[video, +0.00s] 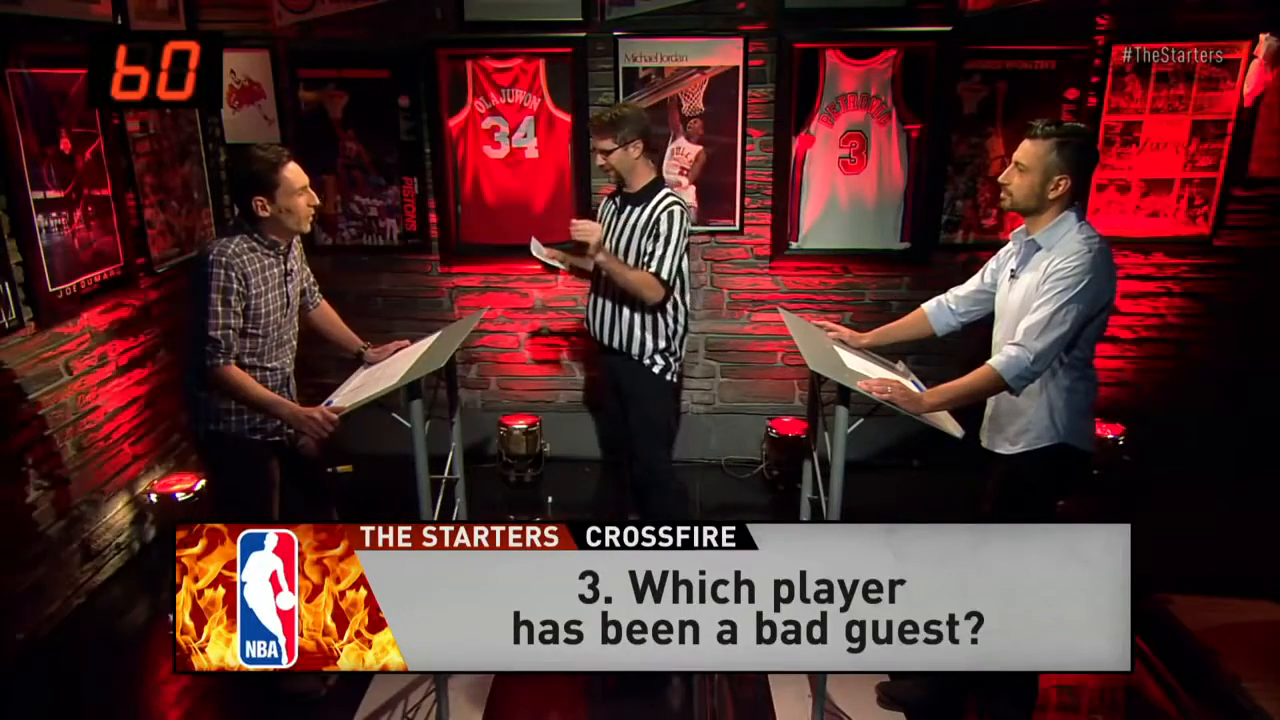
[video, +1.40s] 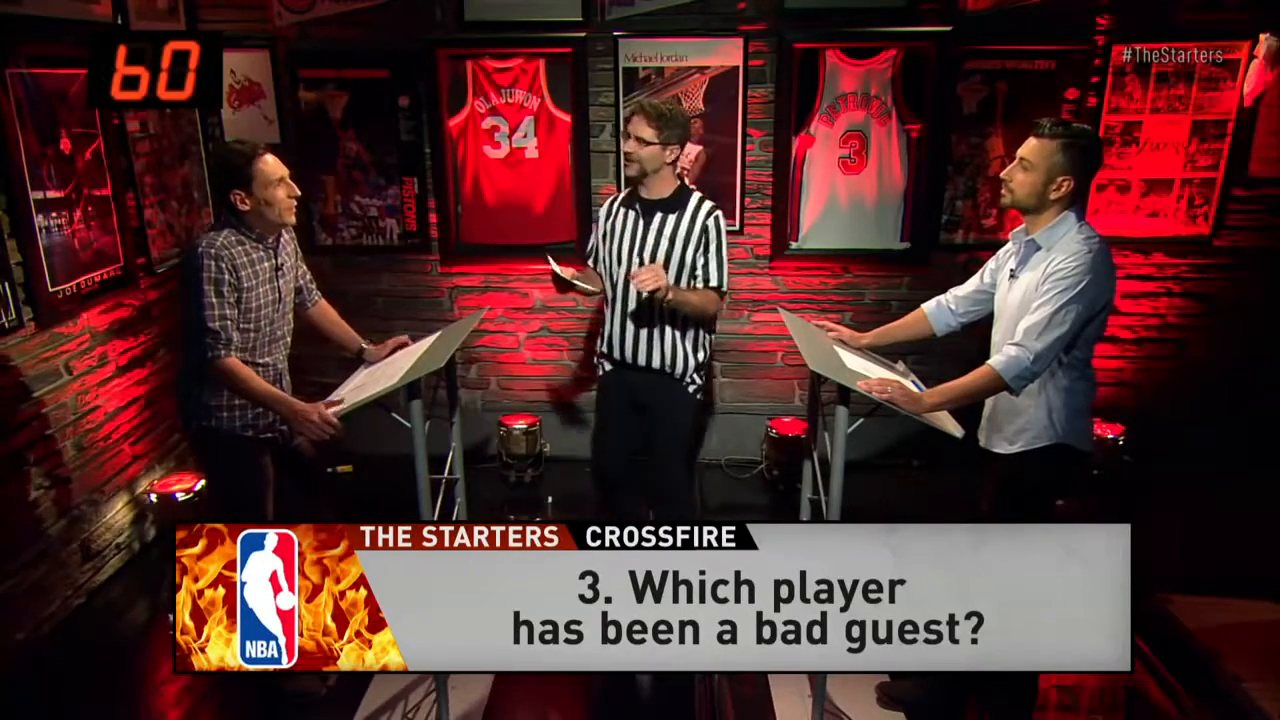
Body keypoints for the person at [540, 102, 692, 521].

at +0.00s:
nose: (599, 162)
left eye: (607, 152)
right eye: (596, 152)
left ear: (637, 148)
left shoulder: (670, 210)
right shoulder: (611, 203)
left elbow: (654, 290)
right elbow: (604, 268)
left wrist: (601, 252)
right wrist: (567, 260)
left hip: (650, 364)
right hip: (609, 355)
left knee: (651, 468)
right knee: (615, 463)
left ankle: (663, 543)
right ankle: (615, 535)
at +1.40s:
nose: (627, 147)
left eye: (640, 140)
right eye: (627, 137)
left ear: (671, 152)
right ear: (624, 138)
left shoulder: (704, 216)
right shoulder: (613, 207)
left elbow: (712, 304)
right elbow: (601, 278)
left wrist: (670, 292)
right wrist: (581, 281)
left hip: (676, 383)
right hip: (618, 375)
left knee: (671, 491)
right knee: (610, 482)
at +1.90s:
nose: (695, 151)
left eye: (695, 142)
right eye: (684, 144)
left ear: (687, 149)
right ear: (648, 153)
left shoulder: (709, 212)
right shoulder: (611, 215)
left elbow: (727, 292)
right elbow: (579, 284)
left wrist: (733, 258)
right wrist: (602, 303)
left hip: (686, 379)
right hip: (626, 380)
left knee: (675, 492)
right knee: (623, 490)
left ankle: (671, 585)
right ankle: (616, 585)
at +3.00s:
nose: (628, 162)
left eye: (638, 154)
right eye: (627, 152)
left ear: (675, 158)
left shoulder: (717, 222)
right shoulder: (616, 211)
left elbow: (732, 303)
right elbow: (599, 275)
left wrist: (679, 321)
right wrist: (600, 300)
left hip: (682, 385)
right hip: (620, 380)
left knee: (675, 493)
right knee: (612, 487)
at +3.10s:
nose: (628, 161)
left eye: (640, 153)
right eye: (627, 150)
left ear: (675, 158)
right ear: (625, 149)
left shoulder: (712, 221)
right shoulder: (616, 211)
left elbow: (728, 305)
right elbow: (598, 279)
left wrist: (673, 324)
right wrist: (593, 297)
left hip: (681, 385)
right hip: (619, 379)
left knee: (675, 494)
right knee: (611, 489)